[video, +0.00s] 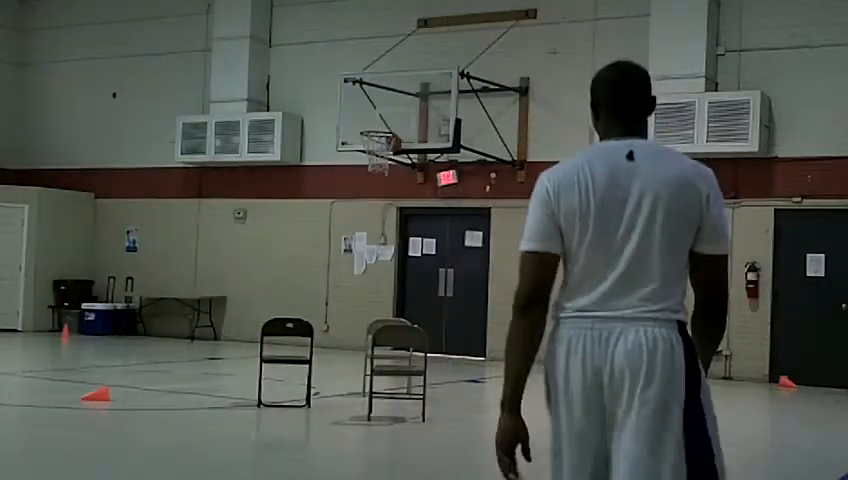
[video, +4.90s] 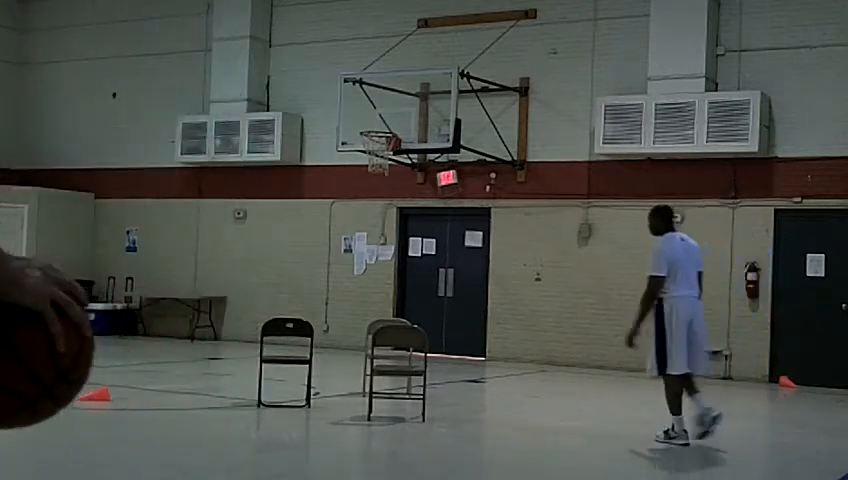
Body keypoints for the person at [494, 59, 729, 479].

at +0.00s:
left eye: (594, 110)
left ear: (594, 113)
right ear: (652, 108)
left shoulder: (558, 181)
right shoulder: (694, 178)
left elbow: (530, 300)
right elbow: (712, 301)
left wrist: (509, 408)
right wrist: (693, 367)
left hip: (574, 350)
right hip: (657, 353)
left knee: (577, 473)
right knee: (655, 473)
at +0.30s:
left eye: (608, 110)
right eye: (659, 105)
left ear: (607, 116)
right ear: (659, 111)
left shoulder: (576, 179)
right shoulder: (698, 174)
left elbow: (557, 286)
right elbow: (723, 284)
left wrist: (552, 364)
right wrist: (746, 373)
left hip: (594, 337)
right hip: (669, 339)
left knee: (588, 468)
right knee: (665, 469)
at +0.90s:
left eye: (664, 142)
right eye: (702, 142)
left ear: (660, 148)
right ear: (704, 146)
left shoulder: (631, 198)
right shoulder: (733, 200)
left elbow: (607, 285)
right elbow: (747, 291)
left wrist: (591, 361)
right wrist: (750, 359)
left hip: (640, 326)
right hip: (703, 329)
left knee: (640, 451)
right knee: (691, 454)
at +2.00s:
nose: (700, 189)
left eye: (702, 183)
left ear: (704, 185)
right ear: (734, 185)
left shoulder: (686, 221)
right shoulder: (761, 224)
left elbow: (667, 289)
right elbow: (774, 296)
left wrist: (654, 346)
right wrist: (778, 359)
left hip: (694, 320)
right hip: (741, 322)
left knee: (687, 408)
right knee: (732, 419)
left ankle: (682, 471)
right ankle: (723, 478)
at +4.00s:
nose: (712, 221)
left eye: (713, 217)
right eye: (713, 216)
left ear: (719, 219)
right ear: (738, 218)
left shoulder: (710, 245)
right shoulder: (763, 245)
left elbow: (695, 289)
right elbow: (774, 288)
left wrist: (685, 317)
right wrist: (771, 322)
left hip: (720, 312)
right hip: (754, 313)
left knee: (721, 385)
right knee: (754, 384)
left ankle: (726, 453)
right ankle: (757, 445)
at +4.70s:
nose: (668, 230)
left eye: (670, 225)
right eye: (668, 225)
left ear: (678, 225)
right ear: (691, 224)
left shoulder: (680, 249)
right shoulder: (715, 248)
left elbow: (678, 292)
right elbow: (720, 289)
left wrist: (675, 333)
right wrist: (716, 318)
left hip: (693, 313)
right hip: (719, 312)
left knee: (680, 370)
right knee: (723, 371)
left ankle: (679, 427)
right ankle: (746, 422)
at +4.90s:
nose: (649, 225)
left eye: (651, 221)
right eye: (649, 221)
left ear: (660, 221)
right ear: (671, 220)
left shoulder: (662, 245)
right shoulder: (692, 244)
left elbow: (654, 288)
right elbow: (698, 282)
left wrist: (635, 326)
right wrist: (693, 308)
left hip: (671, 307)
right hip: (693, 305)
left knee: (670, 369)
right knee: (682, 367)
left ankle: (678, 429)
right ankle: (704, 411)